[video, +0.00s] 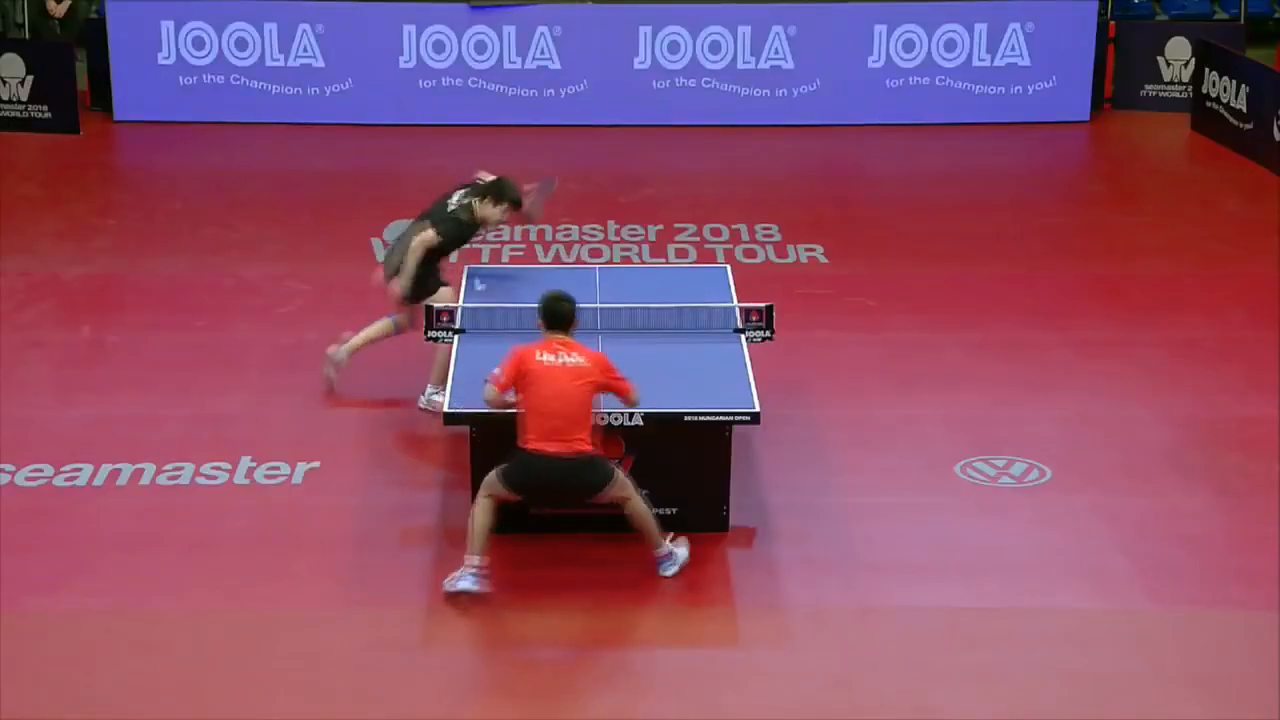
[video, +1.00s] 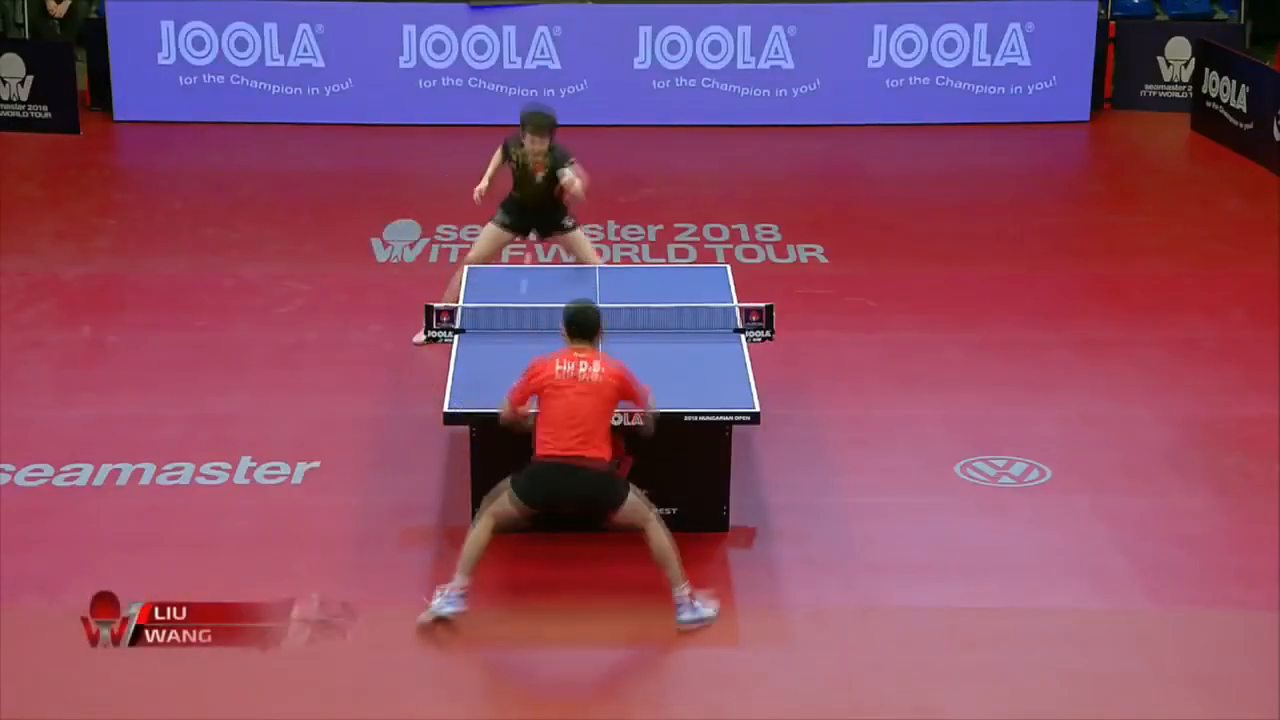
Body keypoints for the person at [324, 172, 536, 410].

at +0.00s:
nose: (502, 219)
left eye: (506, 213)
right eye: (502, 212)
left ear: (490, 198)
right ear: (489, 202)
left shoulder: (474, 192)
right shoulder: (462, 225)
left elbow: (484, 176)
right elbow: (421, 241)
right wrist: (405, 281)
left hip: (400, 257)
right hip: (417, 269)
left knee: (406, 320)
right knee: (456, 316)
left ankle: (345, 350)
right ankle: (434, 391)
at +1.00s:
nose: (536, 145)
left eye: (541, 140)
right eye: (532, 139)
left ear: (550, 138)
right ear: (523, 135)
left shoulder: (558, 155)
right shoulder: (512, 146)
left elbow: (575, 183)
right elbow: (501, 154)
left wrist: (574, 186)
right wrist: (485, 181)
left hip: (553, 214)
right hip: (516, 211)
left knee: (594, 264)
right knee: (473, 260)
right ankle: (437, 322)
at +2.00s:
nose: (511, 123)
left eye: (517, 117)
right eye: (506, 116)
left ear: (525, 119)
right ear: (498, 116)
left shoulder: (537, 140)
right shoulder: (482, 137)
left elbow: (579, 166)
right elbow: (461, 153)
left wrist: (566, 185)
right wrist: (453, 184)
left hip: (530, 206)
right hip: (491, 206)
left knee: (575, 256)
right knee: (455, 258)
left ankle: (596, 316)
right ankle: (434, 317)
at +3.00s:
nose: (576, 132)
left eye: (580, 126)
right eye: (570, 126)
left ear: (587, 129)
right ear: (559, 128)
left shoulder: (587, 158)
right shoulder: (545, 157)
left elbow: (589, 190)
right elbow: (531, 196)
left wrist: (613, 211)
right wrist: (574, 211)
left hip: (563, 219)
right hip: (529, 221)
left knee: (607, 257)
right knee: (494, 268)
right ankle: (453, 301)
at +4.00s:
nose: (564, 116)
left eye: (569, 111)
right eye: (559, 109)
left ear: (573, 113)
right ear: (547, 107)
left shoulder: (564, 139)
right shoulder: (531, 134)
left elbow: (555, 175)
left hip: (541, 195)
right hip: (511, 198)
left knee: (592, 234)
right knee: (490, 255)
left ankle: (616, 289)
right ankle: (450, 287)